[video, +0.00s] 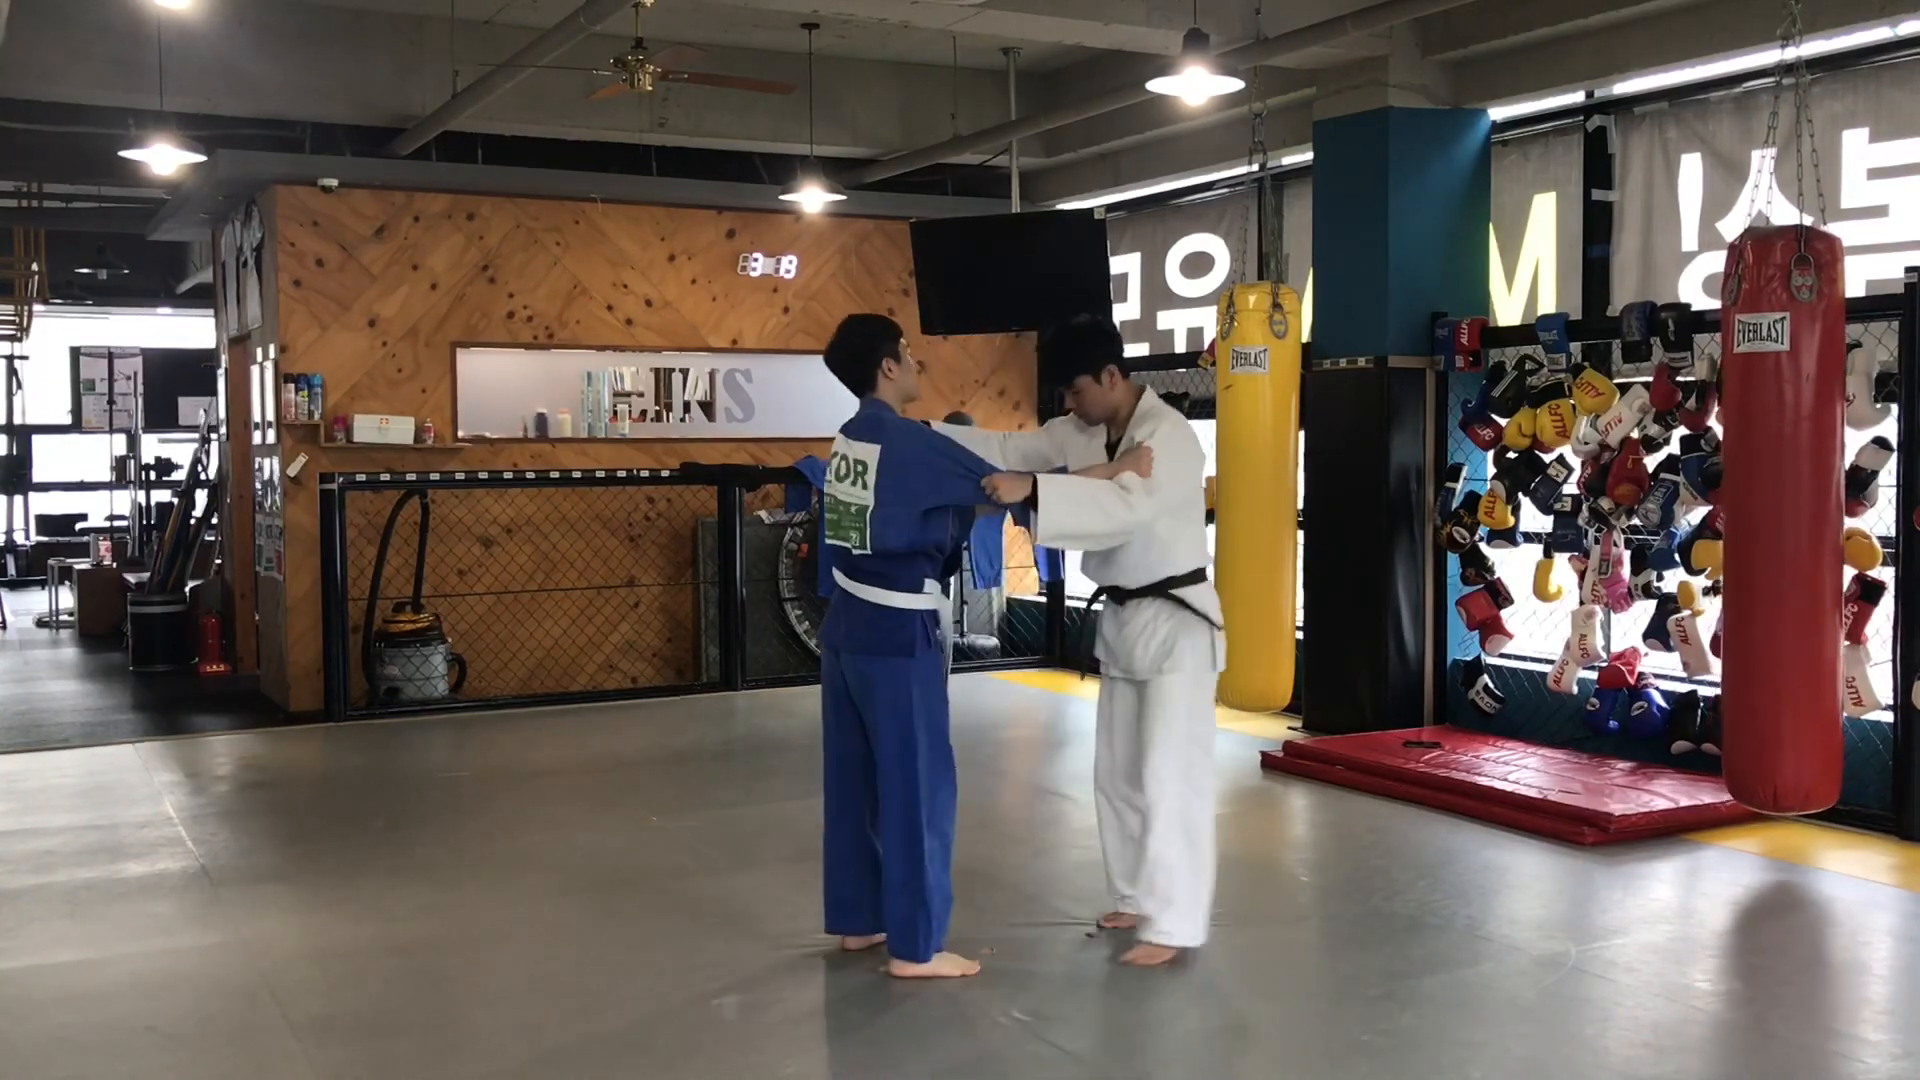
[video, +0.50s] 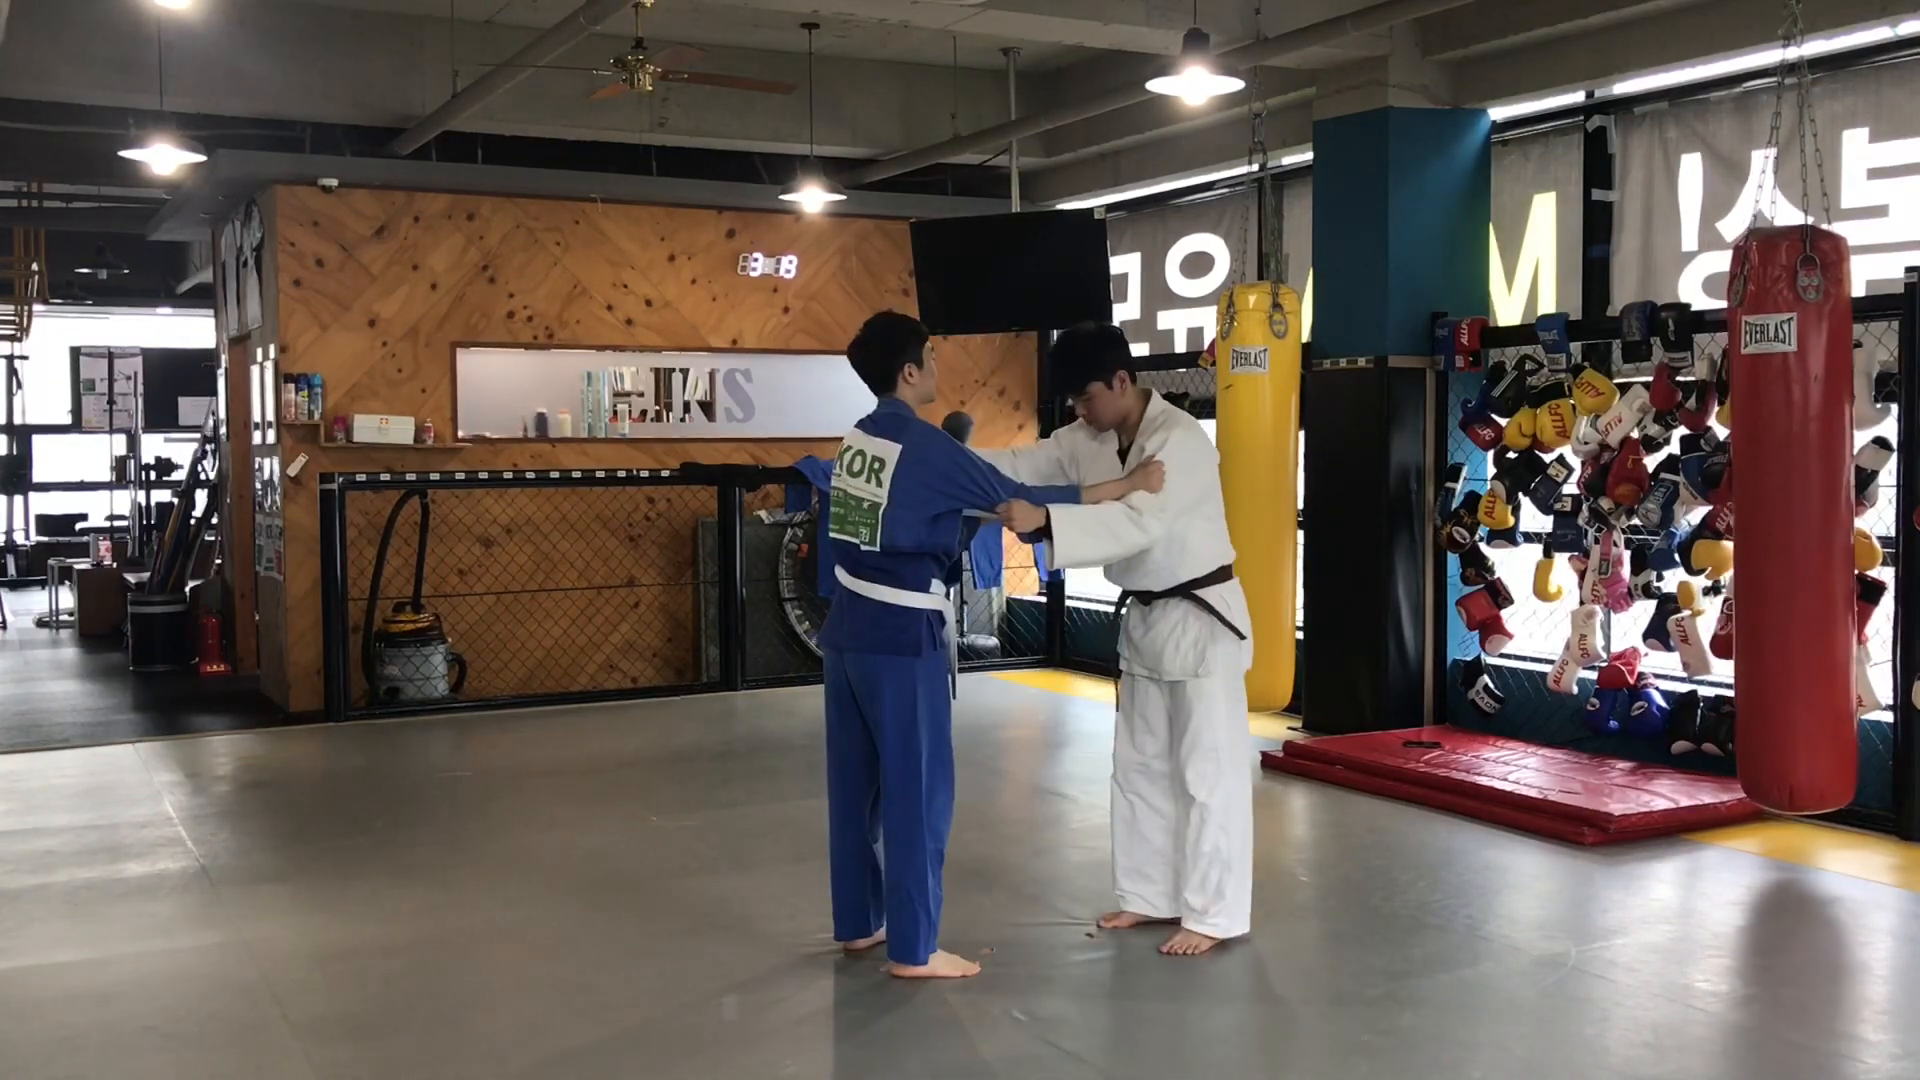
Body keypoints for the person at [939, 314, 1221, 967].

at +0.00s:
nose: (1069, 406)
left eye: (1075, 391)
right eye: (1064, 395)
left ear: (1112, 377)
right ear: (1086, 386)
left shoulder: (1167, 435)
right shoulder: (1081, 432)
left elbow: (1131, 502)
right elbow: (1009, 449)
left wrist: (1037, 491)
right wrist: (928, 433)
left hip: (1176, 619)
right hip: (1122, 618)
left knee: (1170, 777)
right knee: (1120, 773)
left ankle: (1176, 926)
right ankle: (1141, 900)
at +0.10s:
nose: (1070, 405)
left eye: (1076, 392)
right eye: (1067, 394)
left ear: (1114, 378)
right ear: (1103, 383)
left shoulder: (1173, 438)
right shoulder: (1081, 435)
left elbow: (1135, 518)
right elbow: (1011, 459)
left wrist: (1038, 503)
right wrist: (935, 454)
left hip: (1188, 617)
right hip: (1131, 619)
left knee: (1198, 772)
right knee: (1134, 770)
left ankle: (1215, 913)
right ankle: (1150, 898)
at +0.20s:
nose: (1073, 411)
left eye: (1079, 398)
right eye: (1069, 400)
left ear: (1117, 382)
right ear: (1103, 388)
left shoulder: (1174, 439)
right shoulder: (1081, 441)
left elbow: (1133, 523)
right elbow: (1011, 470)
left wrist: (1039, 526)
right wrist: (934, 468)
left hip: (1193, 616)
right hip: (1136, 618)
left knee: (1208, 770)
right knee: (1143, 768)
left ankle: (1215, 911)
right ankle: (1152, 897)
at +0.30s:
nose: (1074, 413)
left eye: (1081, 400)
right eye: (1070, 402)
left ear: (1119, 383)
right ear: (1105, 389)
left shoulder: (1178, 441)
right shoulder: (1083, 440)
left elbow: (1139, 521)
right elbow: (1010, 466)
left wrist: (1045, 522)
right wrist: (933, 466)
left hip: (1197, 617)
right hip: (1138, 619)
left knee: (1208, 773)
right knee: (1143, 769)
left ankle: (1217, 912)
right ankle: (1152, 899)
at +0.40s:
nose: (1076, 412)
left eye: (1082, 399)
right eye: (1071, 401)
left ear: (1121, 382)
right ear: (1106, 388)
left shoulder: (1179, 440)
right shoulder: (1083, 440)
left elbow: (1141, 520)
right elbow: (1012, 466)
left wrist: (1046, 521)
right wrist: (938, 465)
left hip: (1199, 615)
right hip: (1139, 617)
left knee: (1208, 773)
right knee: (1143, 769)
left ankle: (1214, 914)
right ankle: (1151, 898)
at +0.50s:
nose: (1076, 411)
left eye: (1082, 398)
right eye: (1072, 401)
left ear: (1121, 381)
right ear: (1109, 387)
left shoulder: (1180, 439)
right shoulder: (1085, 441)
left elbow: (1143, 522)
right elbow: (1013, 468)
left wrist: (1046, 521)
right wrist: (939, 464)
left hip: (1202, 616)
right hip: (1143, 617)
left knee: (1210, 774)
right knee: (1144, 769)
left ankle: (1215, 915)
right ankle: (1150, 897)